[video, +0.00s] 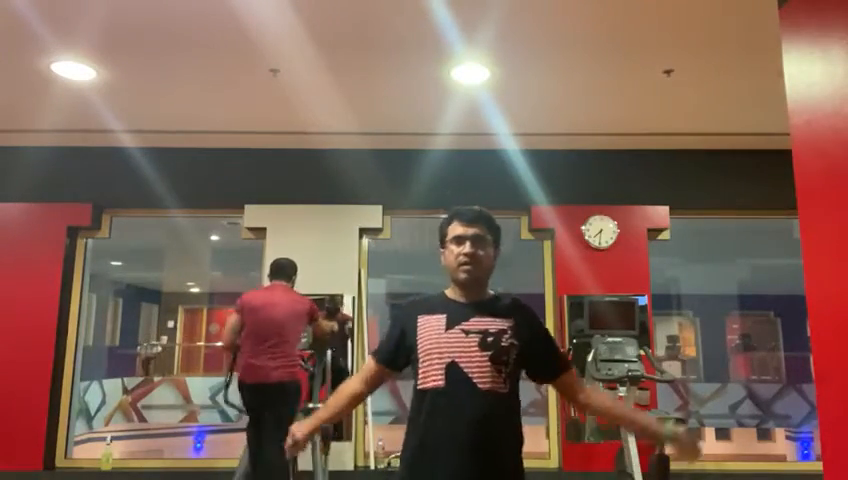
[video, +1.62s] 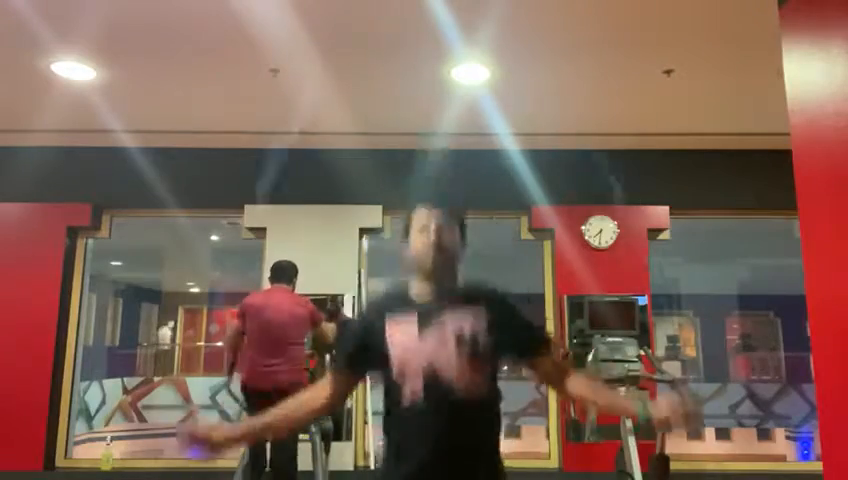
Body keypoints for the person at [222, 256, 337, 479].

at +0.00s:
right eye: (293, 278)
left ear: (269, 276)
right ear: (293, 278)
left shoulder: (247, 299)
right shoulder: (303, 303)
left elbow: (228, 340)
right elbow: (322, 330)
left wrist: (243, 348)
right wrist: (334, 325)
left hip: (251, 381)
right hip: (286, 382)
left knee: (256, 430)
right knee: (278, 439)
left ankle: (258, 473)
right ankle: (277, 475)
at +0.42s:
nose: (290, 282)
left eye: (287, 277)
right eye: (291, 277)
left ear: (268, 276)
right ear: (291, 277)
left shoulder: (250, 302)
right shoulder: (298, 302)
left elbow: (242, 341)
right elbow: (307, 345)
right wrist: (321, 348)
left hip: (250, 383)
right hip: (286, 381)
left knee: (251, 441)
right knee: (294, 427)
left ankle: (245, 475)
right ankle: (293, 469)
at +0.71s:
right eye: (292, 280)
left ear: (268, 279)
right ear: (293, 281)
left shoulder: (249, 302)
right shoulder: (304, 304)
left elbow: (235, 339)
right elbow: (325, 339)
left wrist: (229, 365)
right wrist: (332, 326)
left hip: (255, 383)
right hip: (291, 384)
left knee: (256, 427)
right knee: (286, 435)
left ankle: (253, 471)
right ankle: (284, 475)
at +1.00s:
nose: (290, 279)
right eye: (290, 275)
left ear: (265, 274)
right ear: (290, 275)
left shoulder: (244, 297)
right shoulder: (299, 298)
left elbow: (227, 337)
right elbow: (320, 330)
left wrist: (243, 336)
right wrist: (331, 325)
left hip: (251, 375)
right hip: (287, 376)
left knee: (255, 440)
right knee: (289, 439)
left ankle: (254, 476)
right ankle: (285, 476)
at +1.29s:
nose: (291, 282)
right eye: (292, 278)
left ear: (267, 277)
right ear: (292, 279)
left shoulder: (249, 301)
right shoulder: (299, 303)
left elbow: (245, 339)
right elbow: (310, 344)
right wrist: (320, 346)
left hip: (250, 380)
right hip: (285, 379)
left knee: (251, 437)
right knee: (296, 426)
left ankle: (251, 474)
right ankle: (295, 470)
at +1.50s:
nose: (294, 280)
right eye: (295, 276)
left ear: (270, 275)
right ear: (295, 277)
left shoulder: (251, 296)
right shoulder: (306, 302)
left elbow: (243, 330)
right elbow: (324, 340)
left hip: (254, 374)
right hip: (292, 375)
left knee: (255, 435)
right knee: (287, 440)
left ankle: (251, 476)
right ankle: (287, 476)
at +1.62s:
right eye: (293, 280)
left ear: (270, 279)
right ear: (294, 281)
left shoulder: (251, 302)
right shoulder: (304, 305)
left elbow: (234, 339)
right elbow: (325, 338)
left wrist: (231, 366)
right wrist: (315, 353)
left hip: (254, 383)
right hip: (291, 384)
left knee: (256, 436)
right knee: (286, 438)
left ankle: (256, 474)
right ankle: (284, 475)